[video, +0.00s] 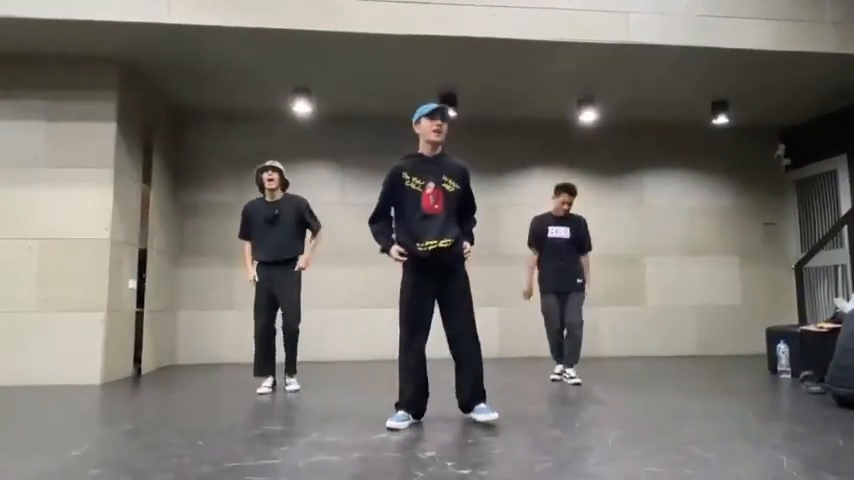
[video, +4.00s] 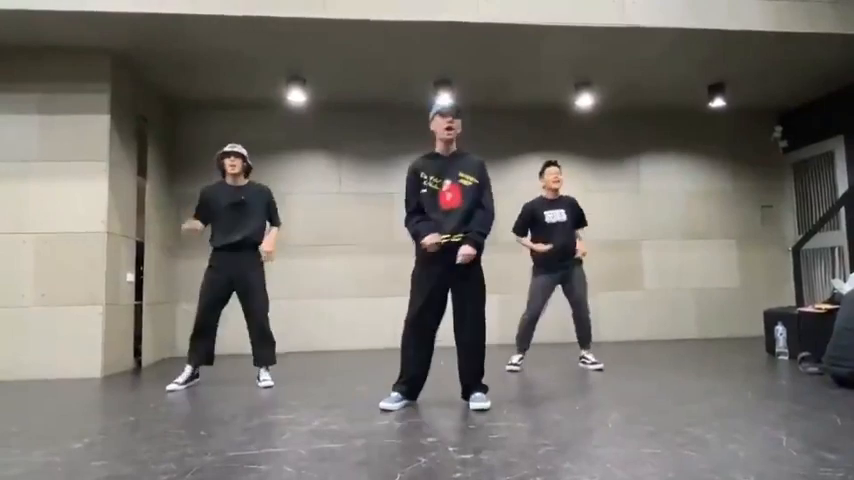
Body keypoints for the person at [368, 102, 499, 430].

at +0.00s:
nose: (438, 124)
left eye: (442, 119)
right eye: (431, 119)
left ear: (447, 128)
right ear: (416, 126)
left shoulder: (458, 170)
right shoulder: (401, 171)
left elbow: (468, 213)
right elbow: (379, 217)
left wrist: (467, 237)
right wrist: (389, 244)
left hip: (452, 265)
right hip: (416, 266)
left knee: (465, 335)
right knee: (412, 339)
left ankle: (474, 403)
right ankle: (409, 409)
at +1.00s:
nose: (439, 123)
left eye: (443, 119)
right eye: (433, 118)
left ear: (449, 126)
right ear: (420, 125)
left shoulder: (464, 167)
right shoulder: (406, 169)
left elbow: (473, 208)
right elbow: (396, 212)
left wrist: (459, 219)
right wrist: (415, 223)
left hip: (453, 265)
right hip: (418, 266)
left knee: (458, 333)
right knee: (417, 333)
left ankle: (459, 398)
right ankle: (416, 397)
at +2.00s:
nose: (441, 116)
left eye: (446, 111)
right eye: (434, 111)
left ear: (453, 118)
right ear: (424, 118)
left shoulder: (466, 162)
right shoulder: (409, 159)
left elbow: (471, 209)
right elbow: (398, 202)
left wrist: (456, 245)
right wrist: (412, 211)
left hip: (449, 254)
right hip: (413, 254)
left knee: (454, 326)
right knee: (396, 324)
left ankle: (457, 393)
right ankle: (380, 392)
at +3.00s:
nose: (435, 113)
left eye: (437, 109)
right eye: (427, 109)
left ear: (440, 117)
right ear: (411, 117)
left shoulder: (448, 160)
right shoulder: (405, 154)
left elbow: (457, 202)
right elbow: (405, 179)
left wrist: (455, 237)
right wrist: (456, 189)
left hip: (443, 254)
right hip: (410, 254)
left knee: (454, 324)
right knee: (397, 322)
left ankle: (458, 389)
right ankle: (382, 390)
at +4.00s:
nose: (450, 123)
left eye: (454, 118)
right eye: (443, 117)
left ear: (460, 126)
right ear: (431, 125)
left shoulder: (475, 166)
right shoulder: (419, 168)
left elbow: (485, 209)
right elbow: (412, 212)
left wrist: (473, 241)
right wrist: (424, 233)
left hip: (467, 257)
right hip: (431, 258)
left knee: (471, 325)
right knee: (419, 323)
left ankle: (474, 389)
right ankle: (405, 389)